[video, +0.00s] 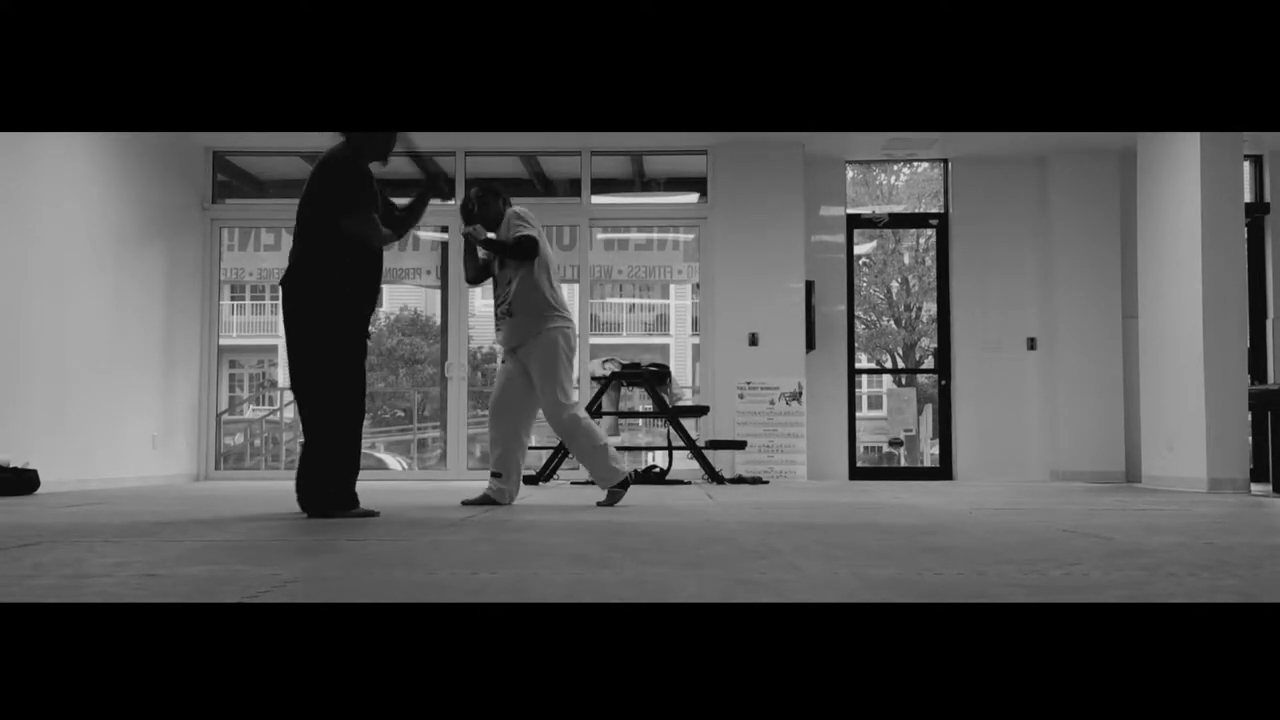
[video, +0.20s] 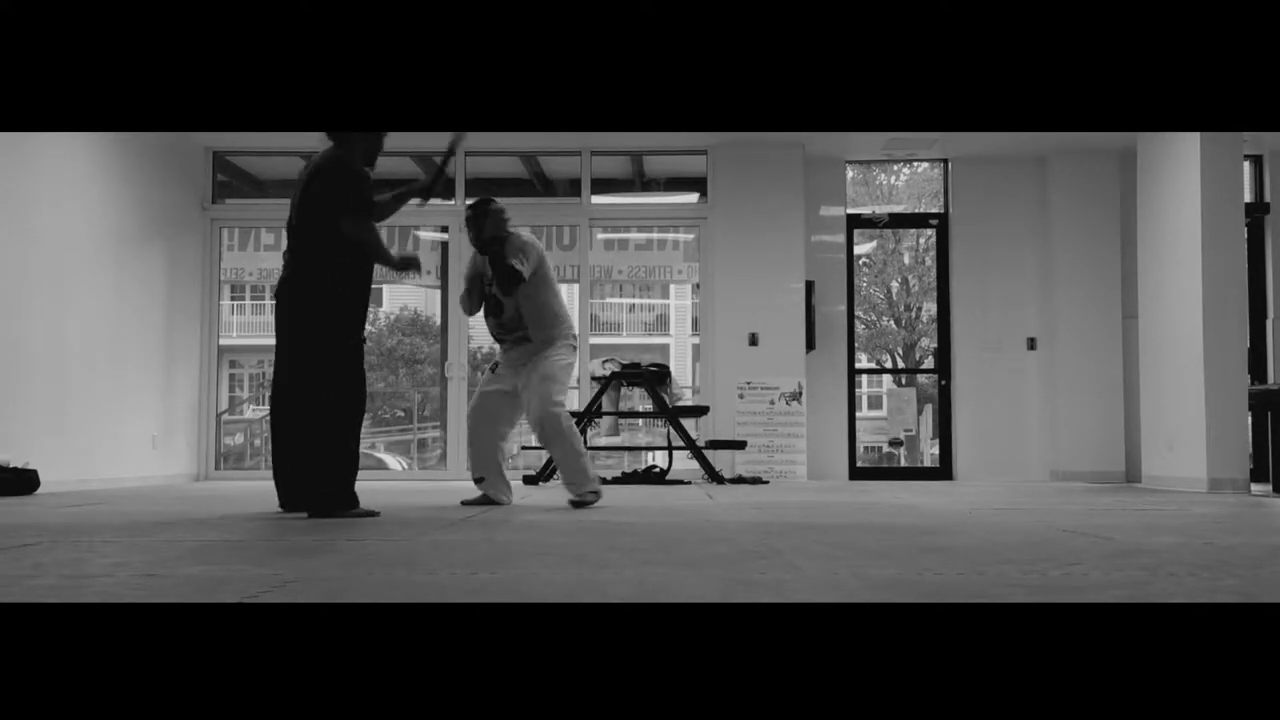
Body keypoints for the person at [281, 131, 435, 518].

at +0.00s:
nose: (393, 146)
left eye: (393, 140)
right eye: (390, 138)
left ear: (364, 135)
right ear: (372, 135)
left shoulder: (355, 171)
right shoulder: (343, 168)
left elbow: (394, 227)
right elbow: (373, 235)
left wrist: (426, 193)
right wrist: (388, 228)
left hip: (339, 305)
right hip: (325, 305)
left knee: (338, 399)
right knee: (334, 399)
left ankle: (328, 497)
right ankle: (329, 499)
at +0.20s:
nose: (380, 147)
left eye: (381, 140)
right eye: (377, 139)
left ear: (341, 138)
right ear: (360, 138)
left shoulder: (324, 167)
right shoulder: (348, 172)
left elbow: (370, 212)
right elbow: (360, 231)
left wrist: (410, 193)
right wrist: (393, 261)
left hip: (304, 304)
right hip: (331, 308)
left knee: (304, 395)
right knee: (341, 397)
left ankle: (300, 494)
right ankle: (333, 499)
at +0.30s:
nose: (379, 150)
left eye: (378, 143)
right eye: (377, 142)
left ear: (333, 138)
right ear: (364, 140)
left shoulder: (310, 173)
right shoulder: (348, 176)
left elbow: (322, 238)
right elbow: (364, 244)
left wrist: (375, 238)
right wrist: (399, 293)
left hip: (291, 305)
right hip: (324, 309)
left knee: (297, 394)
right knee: (332, 395)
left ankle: (297, 495)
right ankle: (330, 500)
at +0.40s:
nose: (376, 155)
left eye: (377, 148)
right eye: (374, 147)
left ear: (333, 141)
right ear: (358, 143)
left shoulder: (305, 176)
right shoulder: (349, 177)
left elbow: (287, 242)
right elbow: (367, 237)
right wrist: (390, 285)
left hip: (280, 302)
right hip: (314, 306)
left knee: (285, 394)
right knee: (316, 393)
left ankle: (293, 496)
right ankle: (309, 496)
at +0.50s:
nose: (372, 161)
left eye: (373, 152)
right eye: (370, 151)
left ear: (328, 145)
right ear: (353, 148)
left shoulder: (296, 183)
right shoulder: (342, 178)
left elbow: (279, 248)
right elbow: (366, 233)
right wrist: (402, 265)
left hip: (274, 299)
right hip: (303, 305)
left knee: (294, 398)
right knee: (288, 397)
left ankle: (299, 491)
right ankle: (255, 490)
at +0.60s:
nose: (366, 161)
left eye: (366, 153)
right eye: (362, 151)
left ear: (326, 143)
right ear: (345, 147)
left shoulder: (305, 178)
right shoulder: (328, 174)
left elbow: (302, 257)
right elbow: (368, 224)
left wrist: (351, 285)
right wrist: (410, 243)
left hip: (281, 302)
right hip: (288, 305)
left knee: (290, 396)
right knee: (278, 393)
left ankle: (297, 497)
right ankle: (220, 484)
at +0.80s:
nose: (353, 161)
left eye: (354, 153)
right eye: (349, 151)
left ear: (323, 146)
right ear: (328, 146)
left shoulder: (312, 196)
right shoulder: (299, 166)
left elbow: (345, 265)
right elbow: (339, 209)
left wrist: (404, 261)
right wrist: (374, 211)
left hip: (282, 314)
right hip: (258, 309)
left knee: (289, 403)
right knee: (246, 397)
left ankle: (296, 497)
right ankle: (204, 493)